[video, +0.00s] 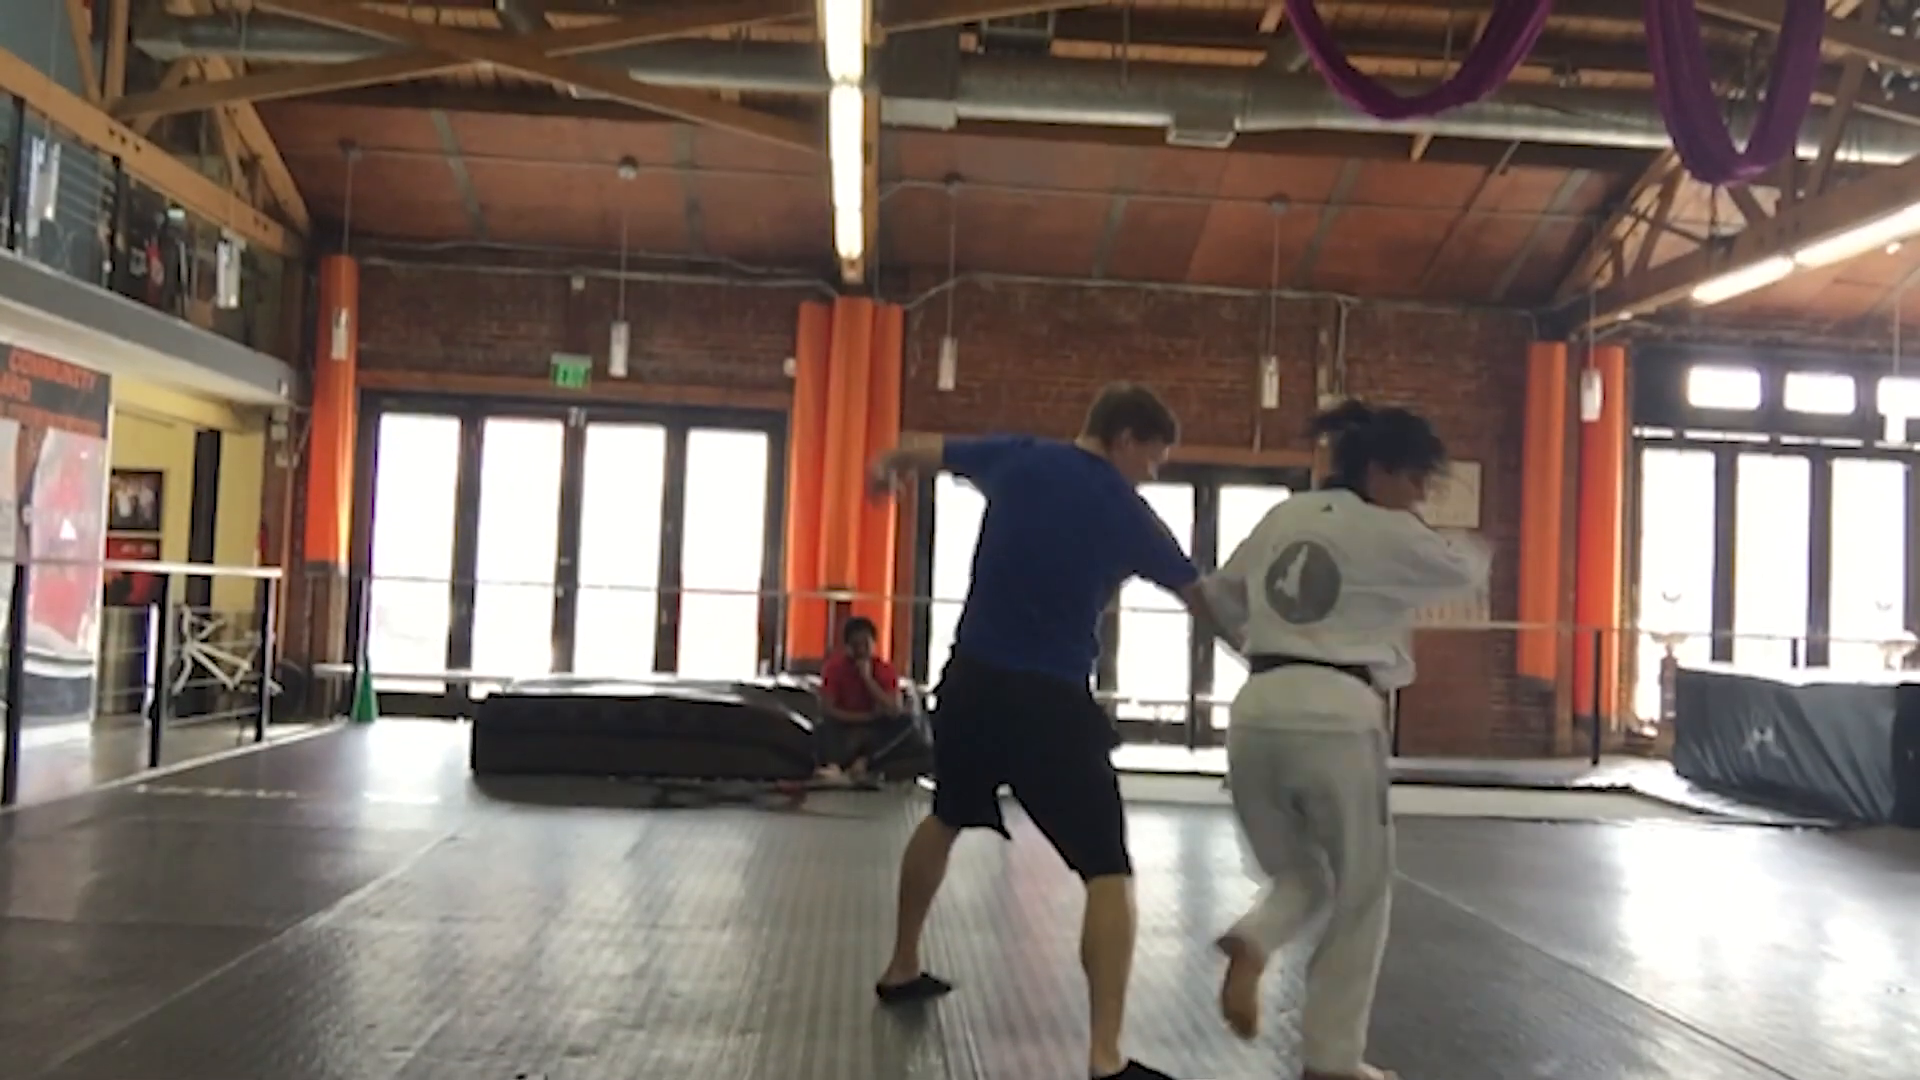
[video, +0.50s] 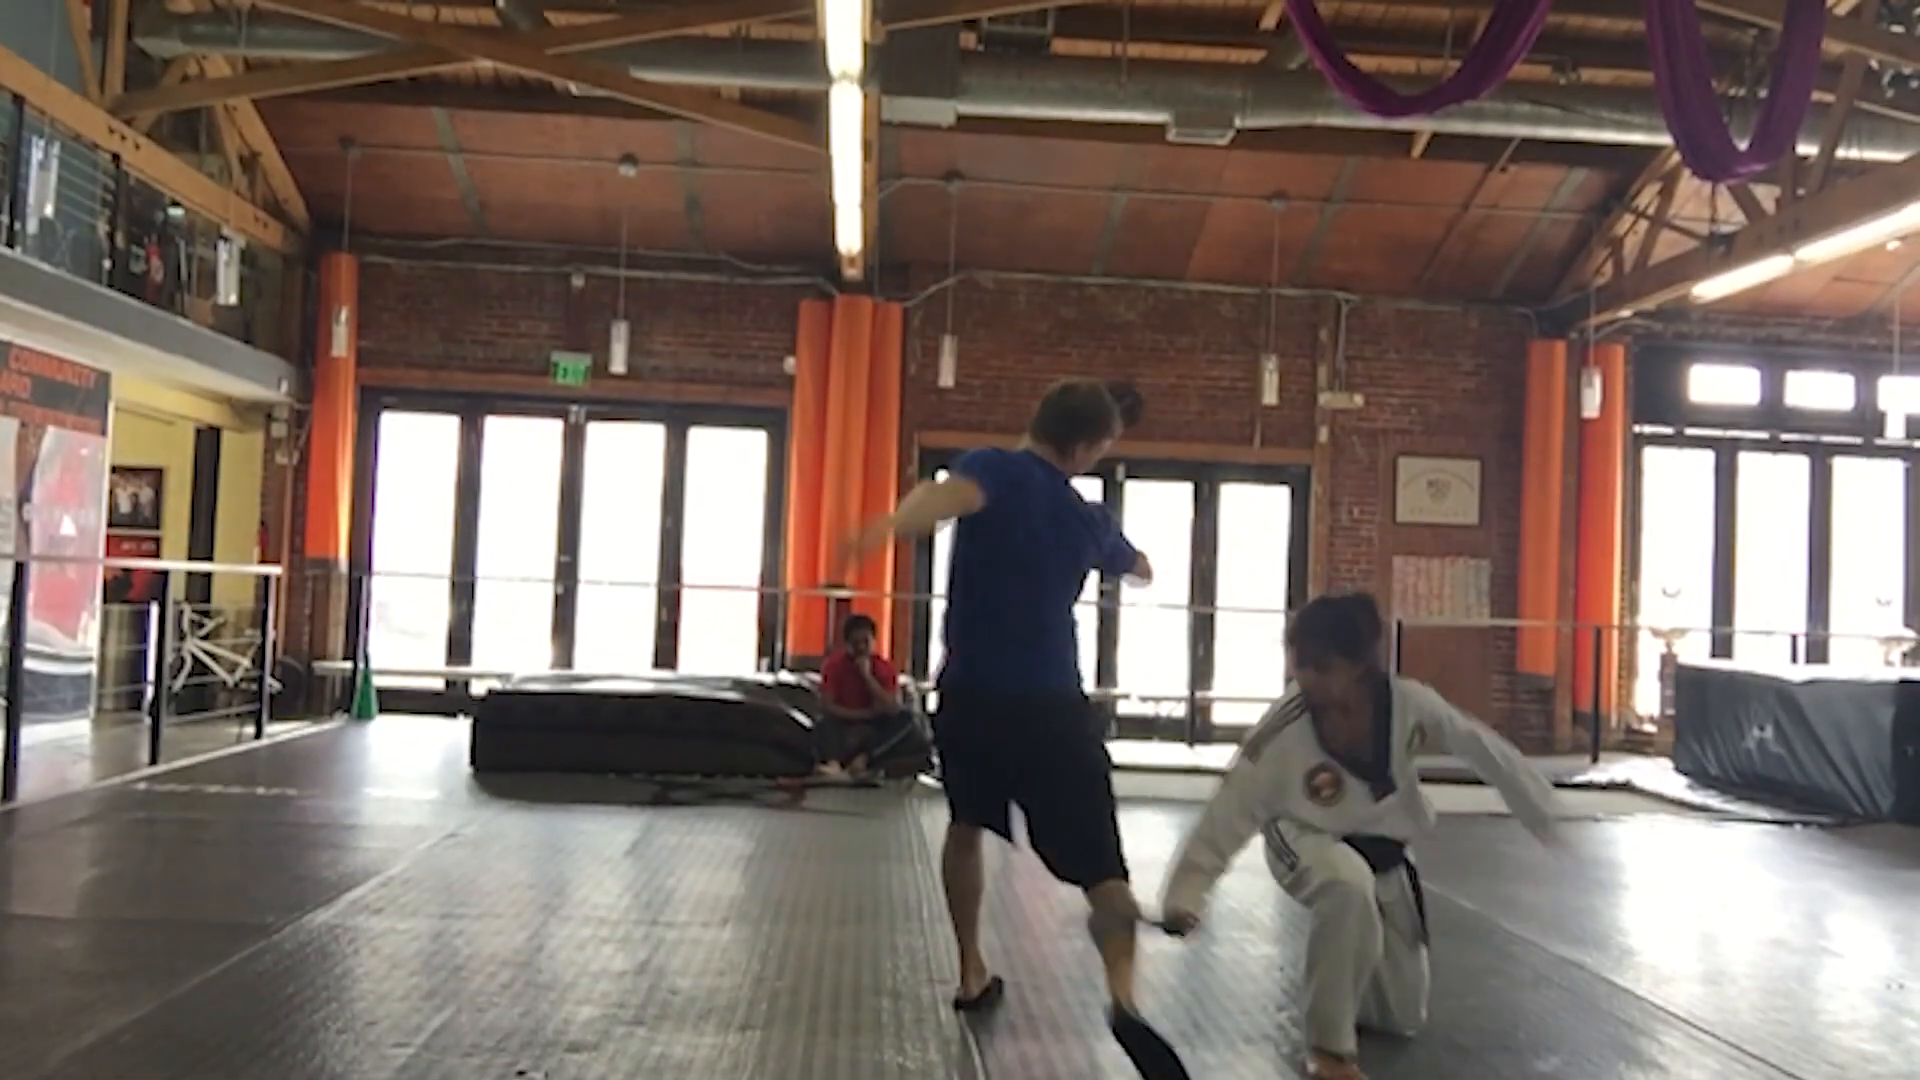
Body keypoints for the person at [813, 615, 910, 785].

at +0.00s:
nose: (861, 650)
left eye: (866, 643)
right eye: (856, 644)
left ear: (873, 643)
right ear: (847, 646)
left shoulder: (884, 669)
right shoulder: (834, 669)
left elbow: (894, 709)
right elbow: (828, 710)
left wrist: (868, 679)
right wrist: (868, 716)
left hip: (875, 723)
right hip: (844, 724)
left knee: (906, 723)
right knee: (824, 727)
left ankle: (866, 764)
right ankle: (831, 766)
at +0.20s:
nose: (862, 648)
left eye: (866, 642)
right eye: (856, 642)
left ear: (873, 642)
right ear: (847, 644)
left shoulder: (884, 668)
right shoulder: (834, 667)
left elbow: (892, 708)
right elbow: (827, 707)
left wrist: (867, 676)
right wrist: (868, 714)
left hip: (875, 721)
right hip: (843, 723)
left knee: (906, 721)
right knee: (822, 729)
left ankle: (866, 761)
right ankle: (832, 765)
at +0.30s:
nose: (861, 646)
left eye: (865, 640)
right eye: (855, 641)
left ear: (873, 640)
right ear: (847, 643)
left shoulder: (884, 667)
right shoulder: (834, 666)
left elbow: (892, 707)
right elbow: (827, 706)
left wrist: (868, 676)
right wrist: (869, 713)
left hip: (875, 720)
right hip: (842, 720)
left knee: (906, 720)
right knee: (821, 729)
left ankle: (866, 759)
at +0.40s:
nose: (861, 645)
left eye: (865, 639)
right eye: (856, 640)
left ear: (873, 638)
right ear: (847, 641)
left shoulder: (884, 665)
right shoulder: (834, 664)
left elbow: (892, 706)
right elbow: (827, 705)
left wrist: (868, 675)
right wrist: (869, 711)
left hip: (875, 718)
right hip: (842, 719)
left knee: (906, 718)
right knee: (821, 729)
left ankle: (866, 757)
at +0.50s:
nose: (861, 647)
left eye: (865, 641)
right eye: (856, 642)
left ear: (873, 641)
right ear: (847, 643)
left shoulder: (885, 668)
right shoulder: (833, 666)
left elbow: (892, 708)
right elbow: (827, 706)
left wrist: (868, 676)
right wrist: (868, 713)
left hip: (875, 719)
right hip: (842, 720)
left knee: (906, 719)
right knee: (823, 727)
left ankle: (865, 759)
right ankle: (833, 763)